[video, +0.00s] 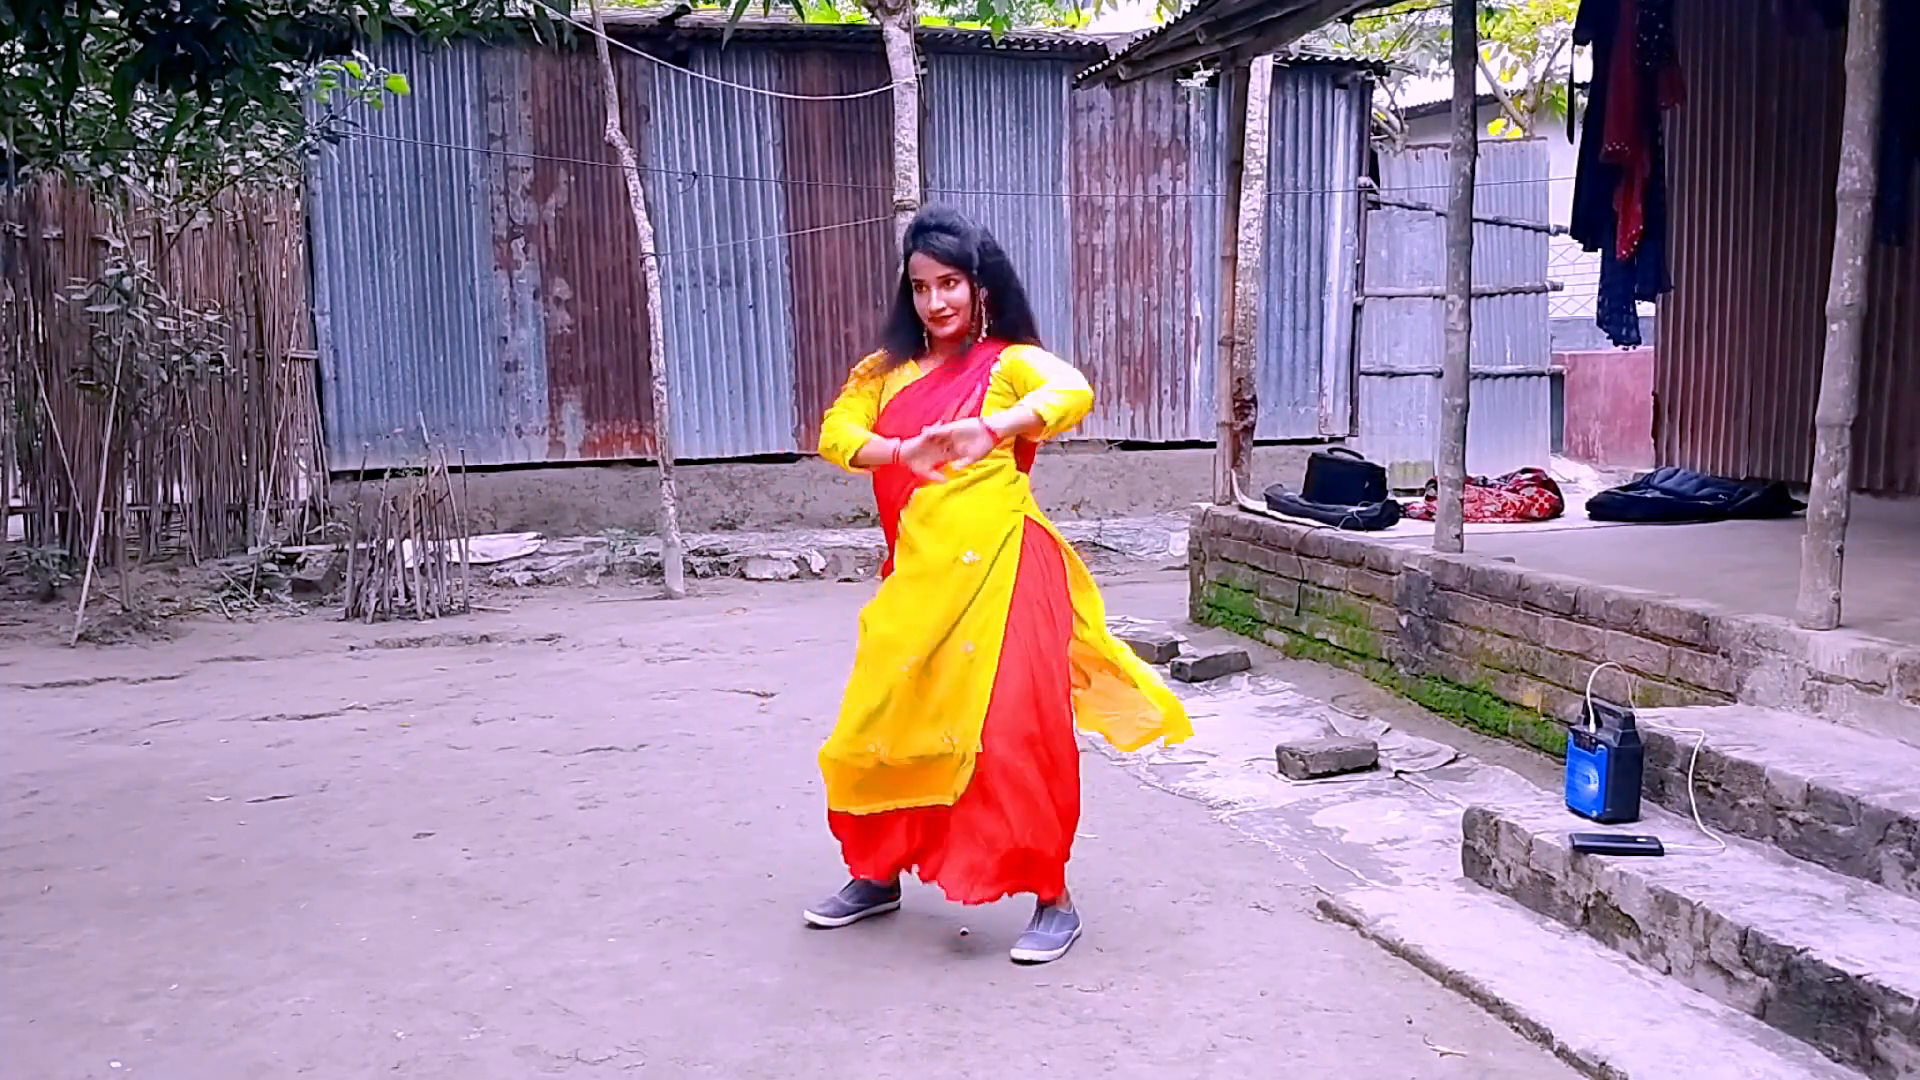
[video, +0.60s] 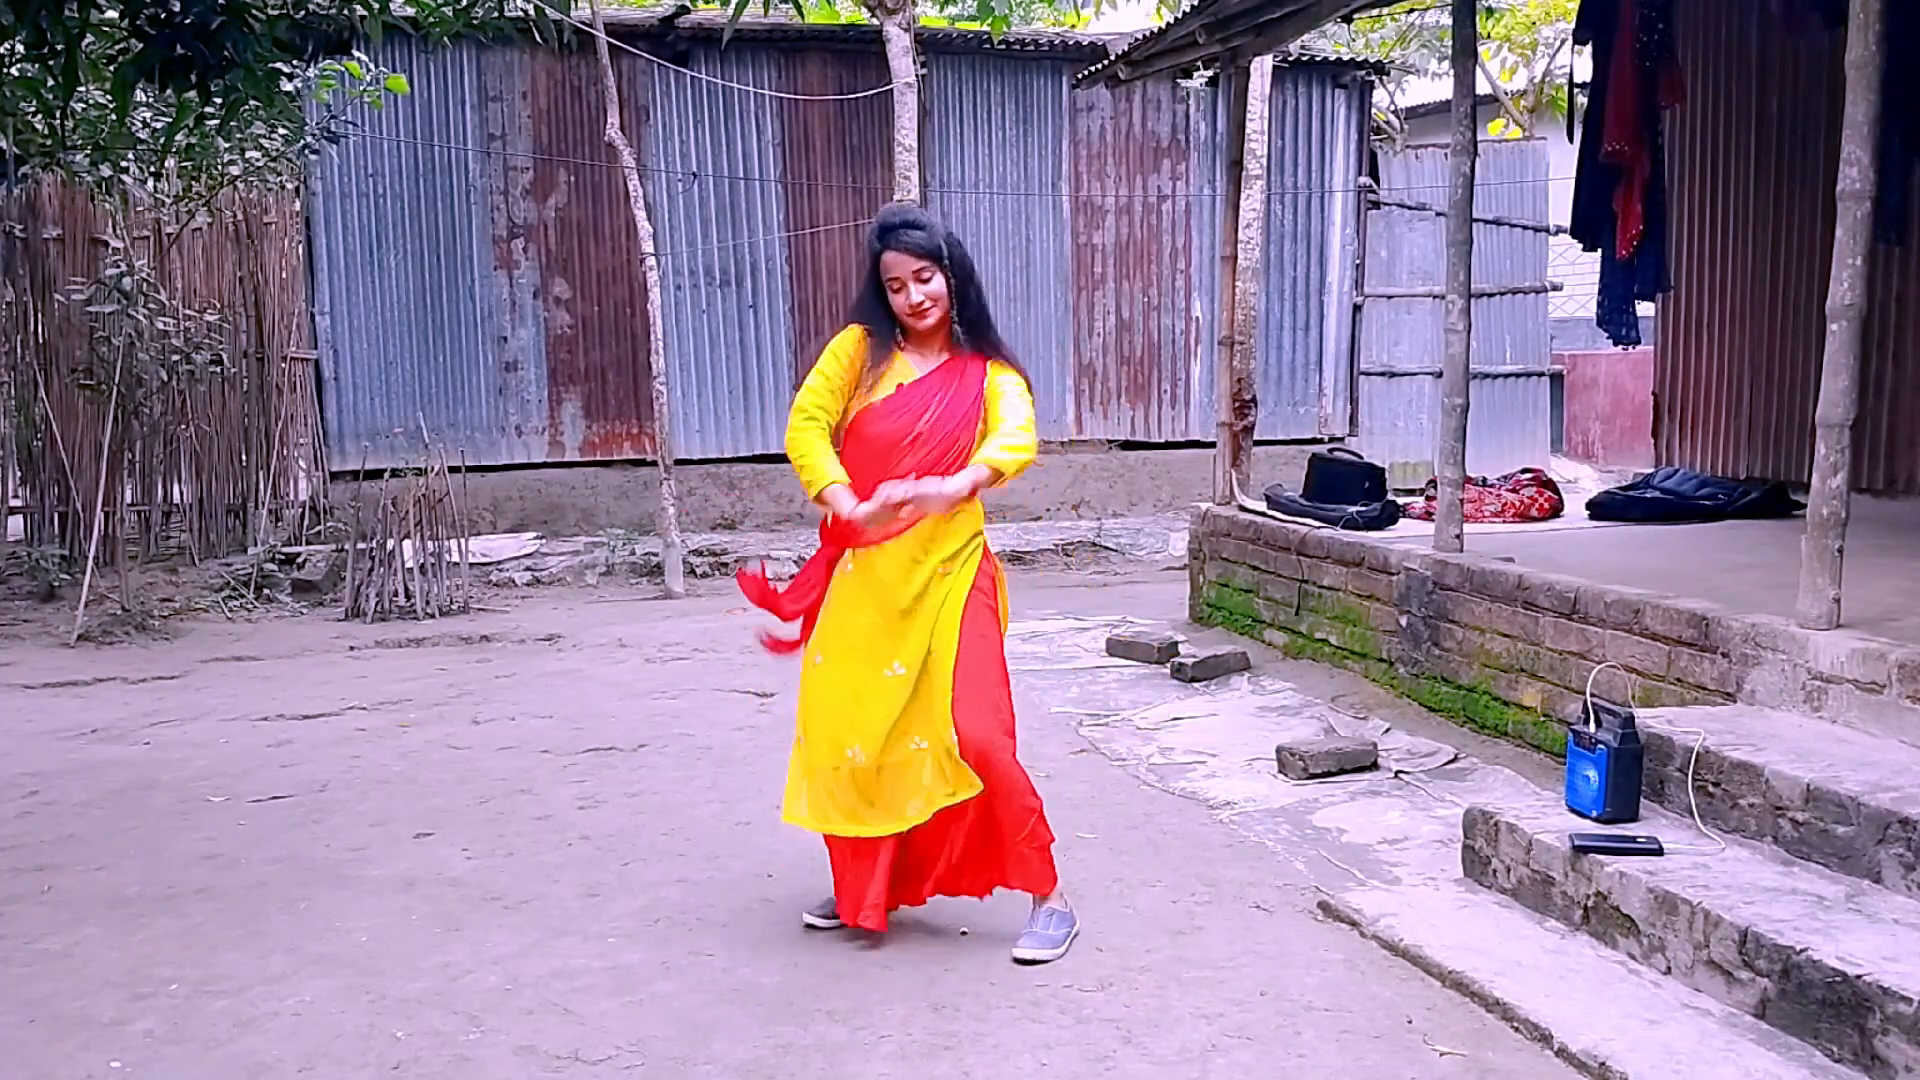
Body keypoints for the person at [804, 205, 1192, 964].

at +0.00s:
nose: (934, 301)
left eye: (949, 285)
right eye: (921, 287)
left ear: (981, 287)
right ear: (908, 292)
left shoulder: (1009, 360)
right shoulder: (885, 372)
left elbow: (1073, 392)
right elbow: (834, 436)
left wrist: (994, 426)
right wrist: (901, 450)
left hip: (1008, 568)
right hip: (917, 576)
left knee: (1020, 726)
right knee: (877, 717)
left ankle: (1053, 902)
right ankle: (876, 877)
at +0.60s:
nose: (915, 295)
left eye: (926, 276)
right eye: (897, 284)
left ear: (952, 275)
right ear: (882, 291)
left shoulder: (992, 374)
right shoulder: (859, 347)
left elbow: (1015, 443)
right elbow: (805, 424)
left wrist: (954, 487)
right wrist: (843, 504)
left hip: (952, 573)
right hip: (863, 573)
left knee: (979, 733)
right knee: (848, 729)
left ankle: (1048, 901)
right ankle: (861, 896)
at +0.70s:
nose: (903, 293)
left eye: (915, 274)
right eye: (888, 281)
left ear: (948, 269)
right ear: (878, 287)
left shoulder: (1001, 359)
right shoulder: (875, 349)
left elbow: (954, 448)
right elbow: (814, 406)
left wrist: (880, 516)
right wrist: (782, 460)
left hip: (938, 575)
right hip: (847, 566)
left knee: (958, 742)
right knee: (849, 723)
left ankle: (1040, 898)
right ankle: (871, 878)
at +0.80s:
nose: (899, 301)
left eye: (912, 284)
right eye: (888, 288)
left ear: (949, 280)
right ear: (879, 291)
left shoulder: (999, 362)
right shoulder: (882, 364)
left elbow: (940, 435)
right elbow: (817, 385)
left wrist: (823, 445)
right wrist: (774, 396)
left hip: (948, 583)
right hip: (864, 579)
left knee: (935, 750)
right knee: (823, 726)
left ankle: (1041, 900)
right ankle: (873, 875)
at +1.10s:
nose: (925, 287)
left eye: (942, 272)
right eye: (914, 271)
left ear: (975, 272)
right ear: (903, 272)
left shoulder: (1007, 338)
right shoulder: (909, 371)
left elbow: (966, 404)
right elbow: (884, 477)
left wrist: (870, 441)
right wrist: (854, 475)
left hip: (997, 550)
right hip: (927, 553)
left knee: (991, 721)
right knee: (889, 704)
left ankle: (1054, 898)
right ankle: (874, 872)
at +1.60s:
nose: (898, 246)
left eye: (915, 235)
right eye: (891, 237)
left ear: (950, 255)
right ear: (882, 258)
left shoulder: (988, 352)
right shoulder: (861, 355)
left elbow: (1011, 460)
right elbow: (823, 452)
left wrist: (979, 497)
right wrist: (757, 457)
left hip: (944, 564)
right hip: (855, 561)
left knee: (940, 724)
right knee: (855, 718)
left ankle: (1031, 893)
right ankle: (873, 871)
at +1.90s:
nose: (907, 214)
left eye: (924, 202)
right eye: (899, 204)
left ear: (959, 222)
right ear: (888, 224)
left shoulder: (996, 315)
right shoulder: (864, 320)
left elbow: (1001, 440)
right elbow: (843, 433)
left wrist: (899, 436)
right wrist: (831, 433)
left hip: (989, 537)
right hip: (894, 538)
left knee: (1000, 701)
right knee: (884, 688)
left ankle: (1028, 877)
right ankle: (893, 870)